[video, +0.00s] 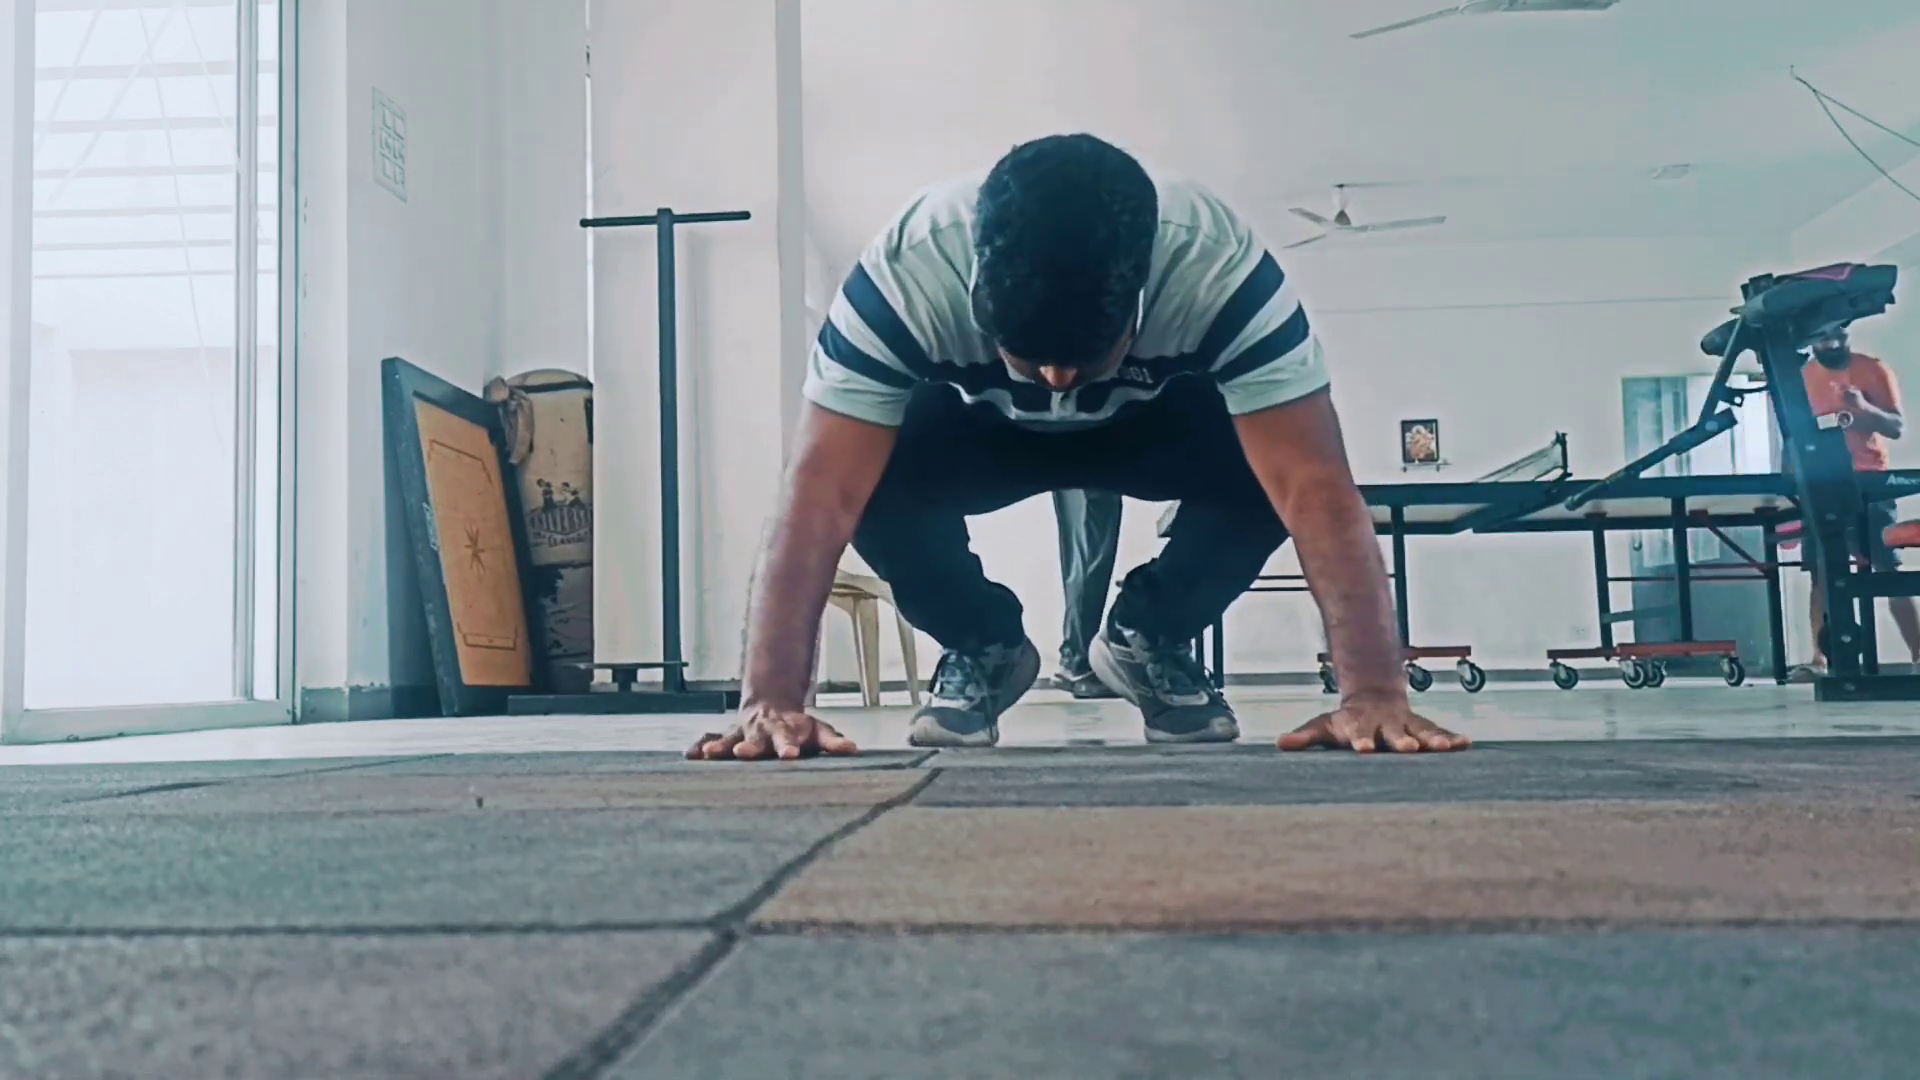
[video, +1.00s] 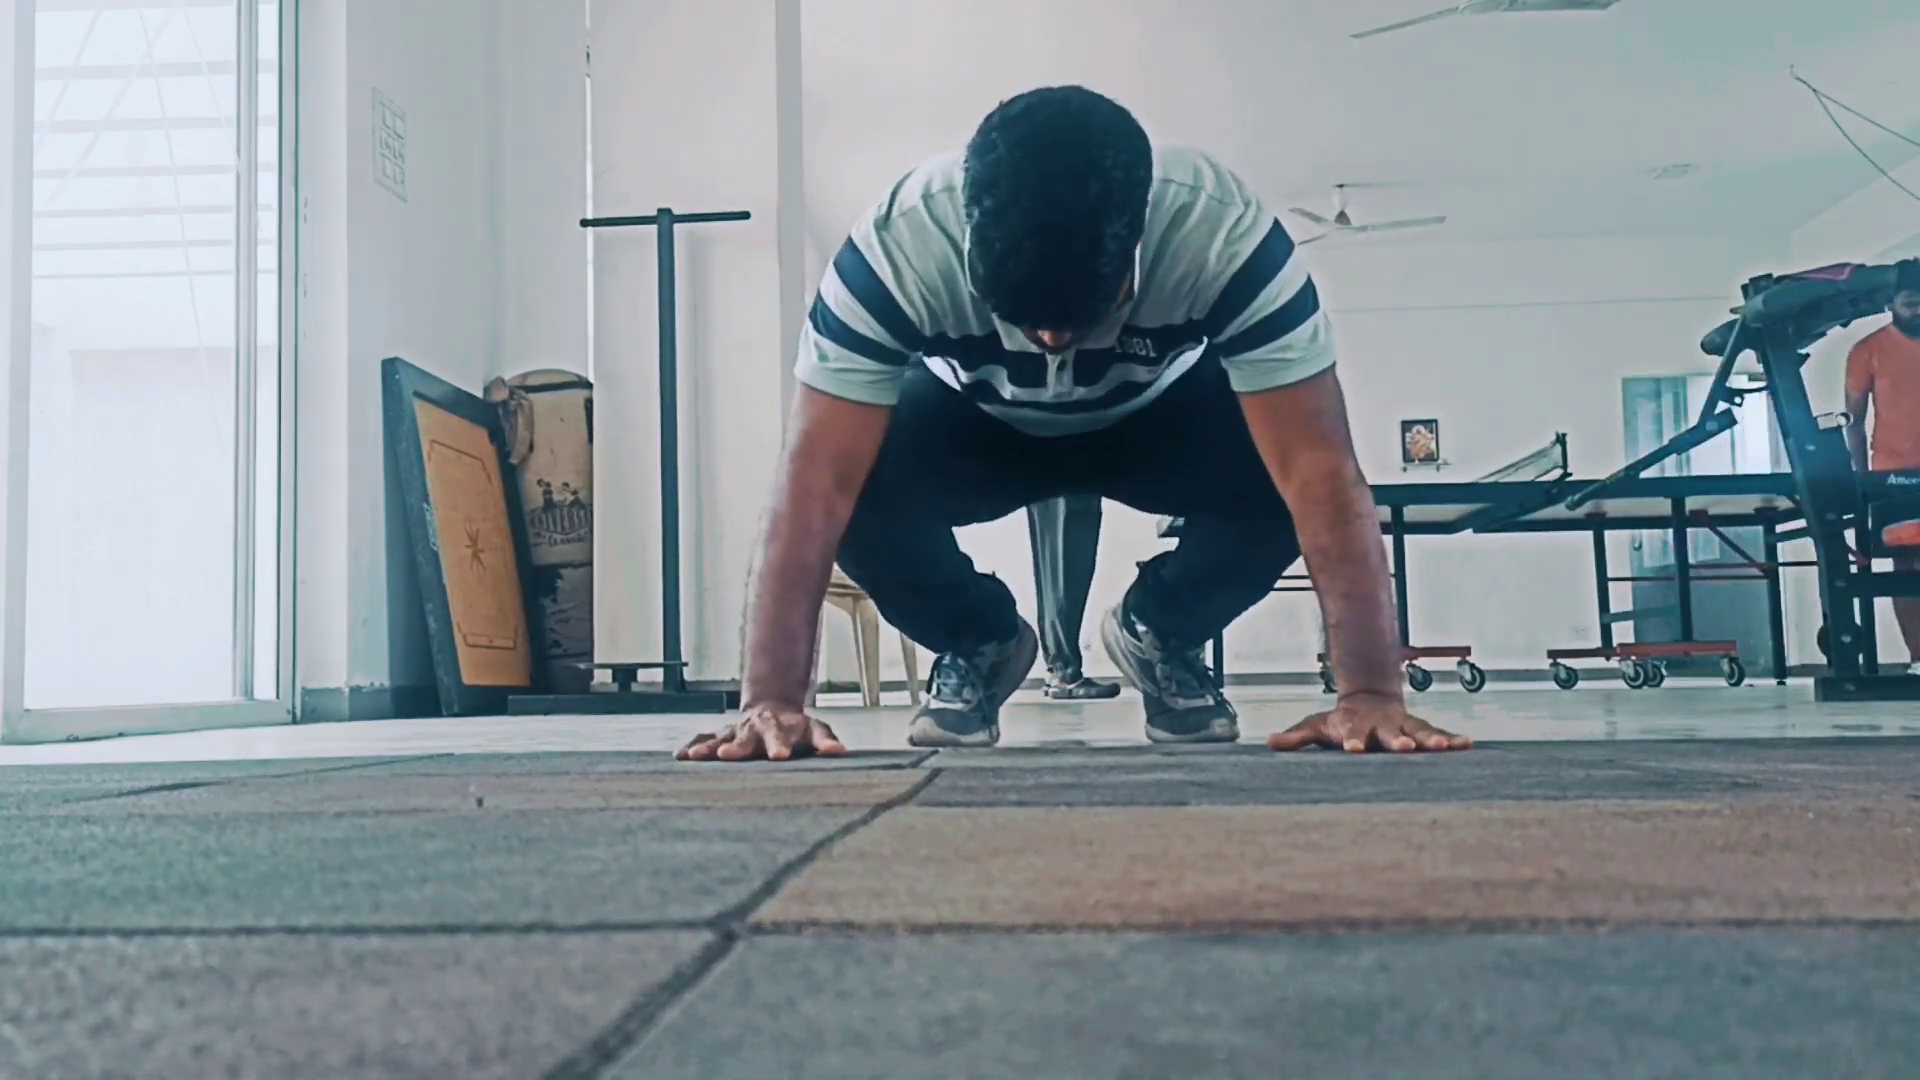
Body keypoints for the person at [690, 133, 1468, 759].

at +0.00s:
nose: (1061, 382)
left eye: (1092, 364)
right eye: (1033, 364)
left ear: (1144, 290)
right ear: (987, 290)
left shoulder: (1227, 274)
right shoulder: (910, 278)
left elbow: (1319, 490)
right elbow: (820, 495)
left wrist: (1375, 693)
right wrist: (776, 701)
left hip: (1148, 417)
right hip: (991, 423)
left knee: (1271, 471)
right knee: (870, 490)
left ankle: (1146, 636)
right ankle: (988, 646)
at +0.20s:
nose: (1065, 364)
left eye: (1096, 344)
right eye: (1036, 347)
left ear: (1145, 266)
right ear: (983, 270)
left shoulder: (1231, 246)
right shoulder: (904, 262)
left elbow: (1320, 478)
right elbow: (822, 480)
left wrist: (1375, 692)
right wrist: (778, 702)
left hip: (1157, 396)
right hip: (992, 404)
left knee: (1286, 480)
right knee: (870, 492)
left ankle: (1160, 627)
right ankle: (985, 641)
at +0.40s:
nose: (1061, 354)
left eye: (1092, 334)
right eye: (1033, 335)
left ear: (1143, 254)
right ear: (980, 256)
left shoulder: (1233, 237)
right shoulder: (904, 250)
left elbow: (1327, 477)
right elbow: (816, 477)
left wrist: (1377, 691)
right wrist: (774, 701)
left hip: (1162, 400)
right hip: (990, 404)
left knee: (1287, 495)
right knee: (865, 492)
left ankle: (1165, 624)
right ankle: (984, 637)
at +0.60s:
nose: (1047, 349)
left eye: (1075, 329)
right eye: (1021, 330)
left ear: (1129, 259)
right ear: (970, 260)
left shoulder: (1223, 241)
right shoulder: (900, 254)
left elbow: (1321, 479)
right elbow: (820, 483)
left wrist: (1376, 691)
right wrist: (773, 700)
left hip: (1154, 398)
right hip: (990, 403)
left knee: (1273, 485)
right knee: (867, 486)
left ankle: (1161, 625)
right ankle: (987, 640)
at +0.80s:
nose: (1048, 354)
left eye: (1076, 331)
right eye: (1021, 333)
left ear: (1129, 257)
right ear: (971, 264)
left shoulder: (1225, 257)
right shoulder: (903, 266)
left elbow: (1322, 480)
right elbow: (819, 486)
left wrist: (1370, 689)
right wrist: (776, 698)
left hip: (1152, 429)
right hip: (984, 432)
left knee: (1285, 488)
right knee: (857, 490)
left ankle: (1157, 630)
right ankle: (987, 643)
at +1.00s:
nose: (1058, 349)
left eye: (1090, 327)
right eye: (1029, 330)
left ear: (1139, 245)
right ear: (977, 244)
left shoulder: (1227, 235)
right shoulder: (900, 252)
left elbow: (1321, 476)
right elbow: (819, 476)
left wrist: (1372, 691)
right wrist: (772, 699)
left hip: (1158, 416)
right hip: (981, 421)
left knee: (1292, 494)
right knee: (851, 492)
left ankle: (1165, 626)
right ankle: (983, 638)